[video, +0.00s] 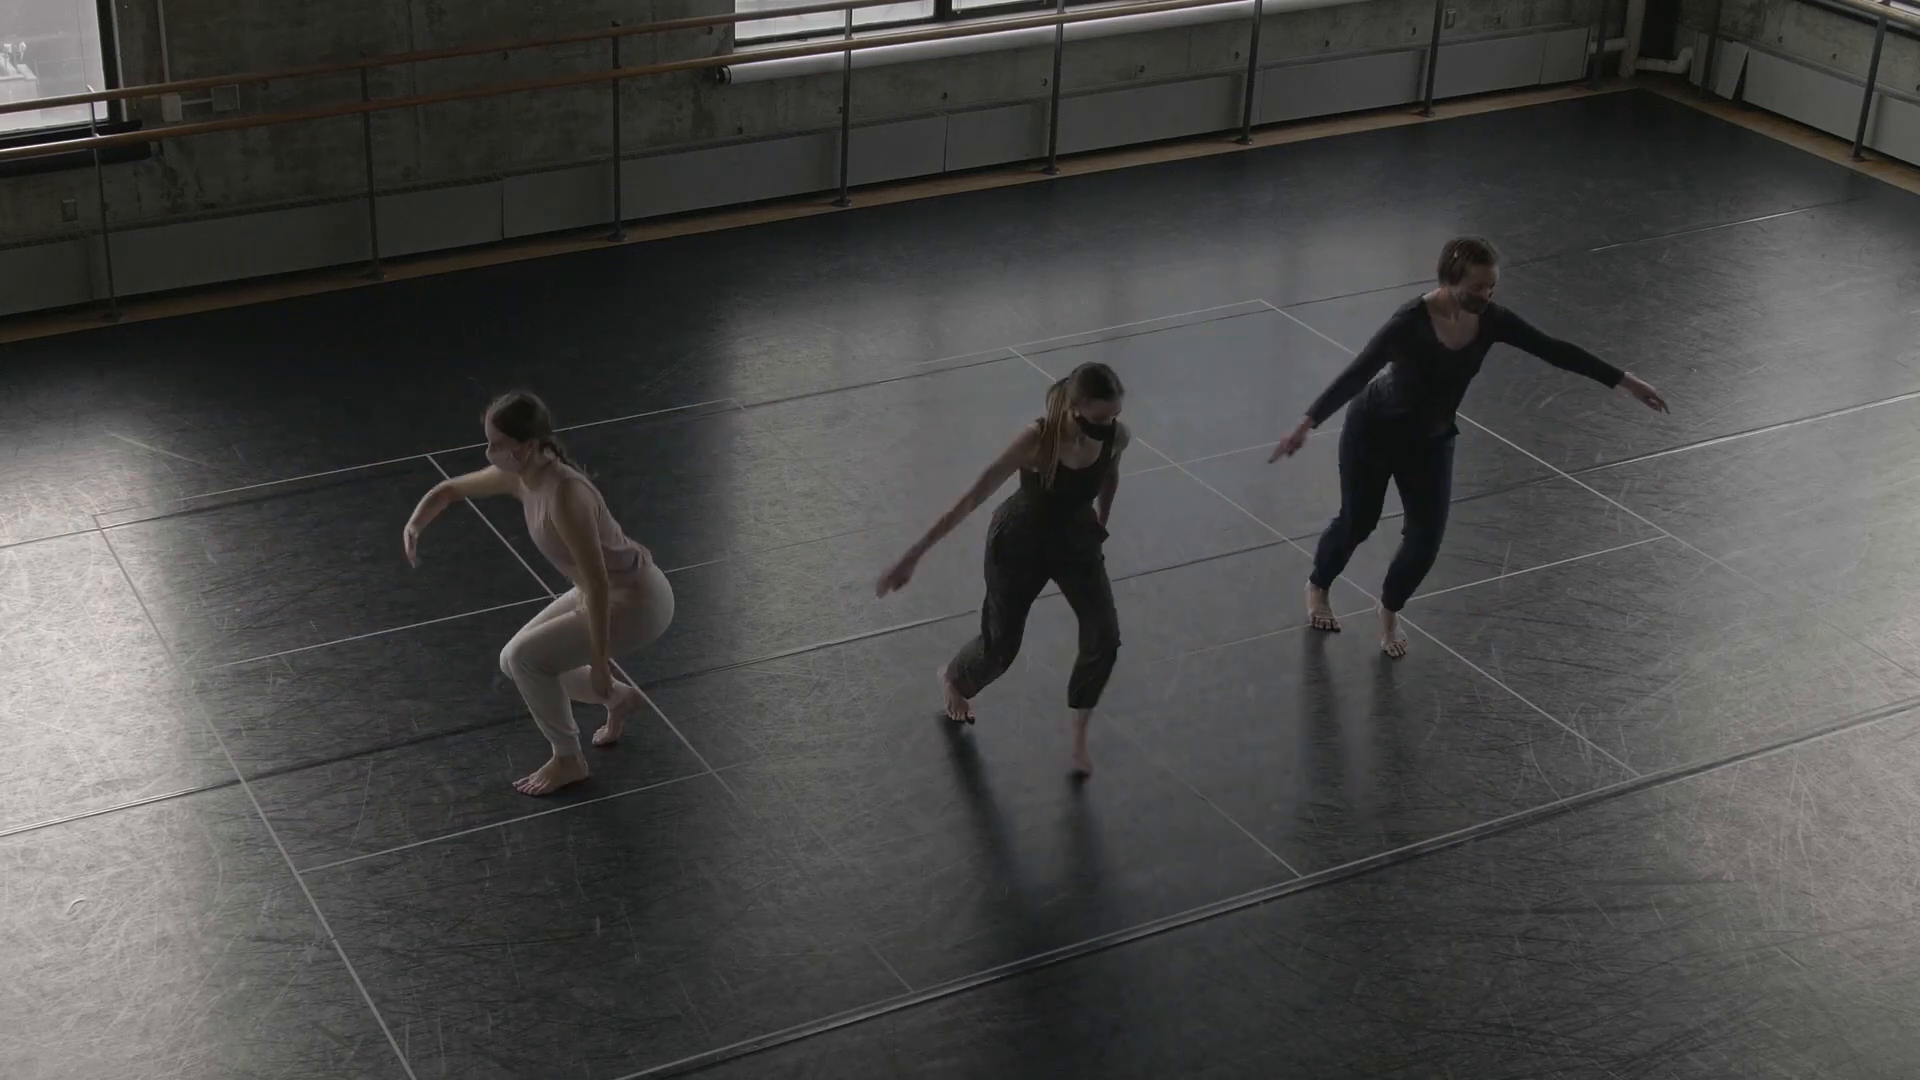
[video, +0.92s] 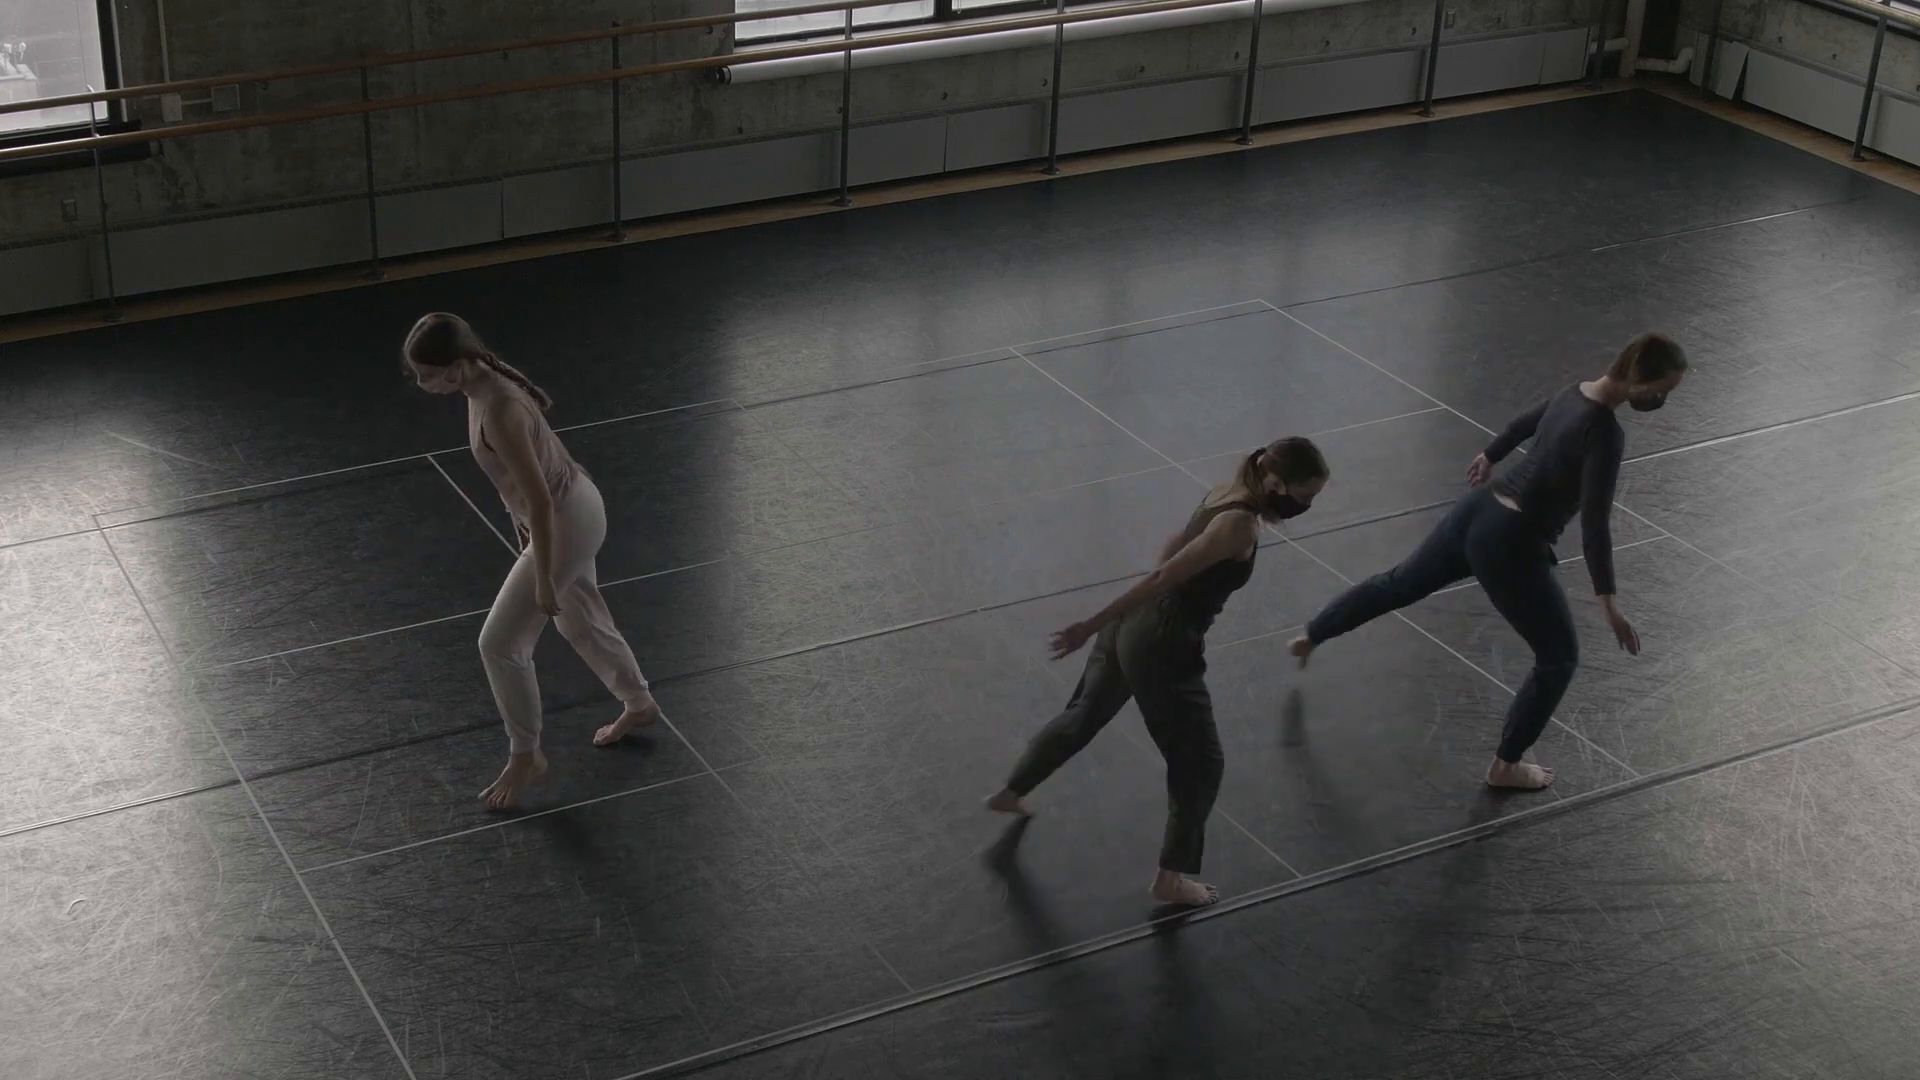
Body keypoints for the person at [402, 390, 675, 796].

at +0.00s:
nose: (488, 454)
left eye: (495, 446)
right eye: (488, 444)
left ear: (526, 448)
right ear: (520, 447)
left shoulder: (567, 497)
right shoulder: (519, 474)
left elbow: (596, 586)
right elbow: (448, 489)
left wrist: (601, 669)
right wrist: (414, 525)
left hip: (634, 606)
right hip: (598, 591)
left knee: (526, 659)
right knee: (513, 658)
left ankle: (568, 759)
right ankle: (618, 696)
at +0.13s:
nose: (479, 525)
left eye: (485, 516)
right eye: (477, 516)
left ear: (517, 515)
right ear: (513, 515)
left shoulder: (565, 551)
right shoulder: (510, 539)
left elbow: (598, 637)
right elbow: (439, 559)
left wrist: (590, 713)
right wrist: (409, 592)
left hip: (643, 643)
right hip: (602, 636)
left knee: (530, 657)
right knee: (506, 681)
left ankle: (568, 760)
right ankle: (616, 699)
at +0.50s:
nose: (443, 496)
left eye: (446, 487)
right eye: (439, 488)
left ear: (477, 479)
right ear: (474, 476)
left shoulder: (531, 510)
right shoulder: (490, 494)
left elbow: (582, 590)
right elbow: (435, 538)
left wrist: (584, 671)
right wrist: (366, 572)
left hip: (624, 591)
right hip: (597, 579)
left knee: (512, 650)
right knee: (528, 661)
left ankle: (561, 754)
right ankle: (618, 694)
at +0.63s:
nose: (437, 447)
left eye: (441, 438)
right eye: (433, 438)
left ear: (469, 429)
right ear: (467, 426)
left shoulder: (527, 462)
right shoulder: (482, 451)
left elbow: (572, 548)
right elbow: (456, 497)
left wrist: (577, 629)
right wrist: (405, 527)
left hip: (611, 561)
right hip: (574, 558)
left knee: (512, 644)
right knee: (553, 660)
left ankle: (556, 751)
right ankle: (622, 692)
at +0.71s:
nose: (434, 419)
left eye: (439, 410)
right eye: (430, 411)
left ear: (466, 398)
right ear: (464, 397)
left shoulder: (521, 437)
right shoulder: (480, 420)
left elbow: (565, 522)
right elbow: (480, 469)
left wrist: (569, 604)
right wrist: (455, 502)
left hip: (600, 543)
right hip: (563, 538)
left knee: (512, 640)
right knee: (552, 643)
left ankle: (554, 749)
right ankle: (628, 696)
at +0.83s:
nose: (432, 393)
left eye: (435, 383)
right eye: (427, 386)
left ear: (460, 369)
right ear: (459, 367)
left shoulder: (511, 414)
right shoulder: (485, 394)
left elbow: (552, 503)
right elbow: (526, 470)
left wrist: (556, 584)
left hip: (583, 525)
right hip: (572, 516)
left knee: (504, 636)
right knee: (564, 628)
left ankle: (545, 744)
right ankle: (635, 699)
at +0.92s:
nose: (428, 386)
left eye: (431, 376)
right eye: (422, 378)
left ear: (456, 362)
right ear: (455, 360)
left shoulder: (500, 411)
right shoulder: (484, 384)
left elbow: (539, 499)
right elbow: (522, 462)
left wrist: (543, 580)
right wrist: (522, 514)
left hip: (565, 520)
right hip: (568, 504)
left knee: (500, 644)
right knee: (584, 618)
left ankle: (526, 759)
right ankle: (639, 704)